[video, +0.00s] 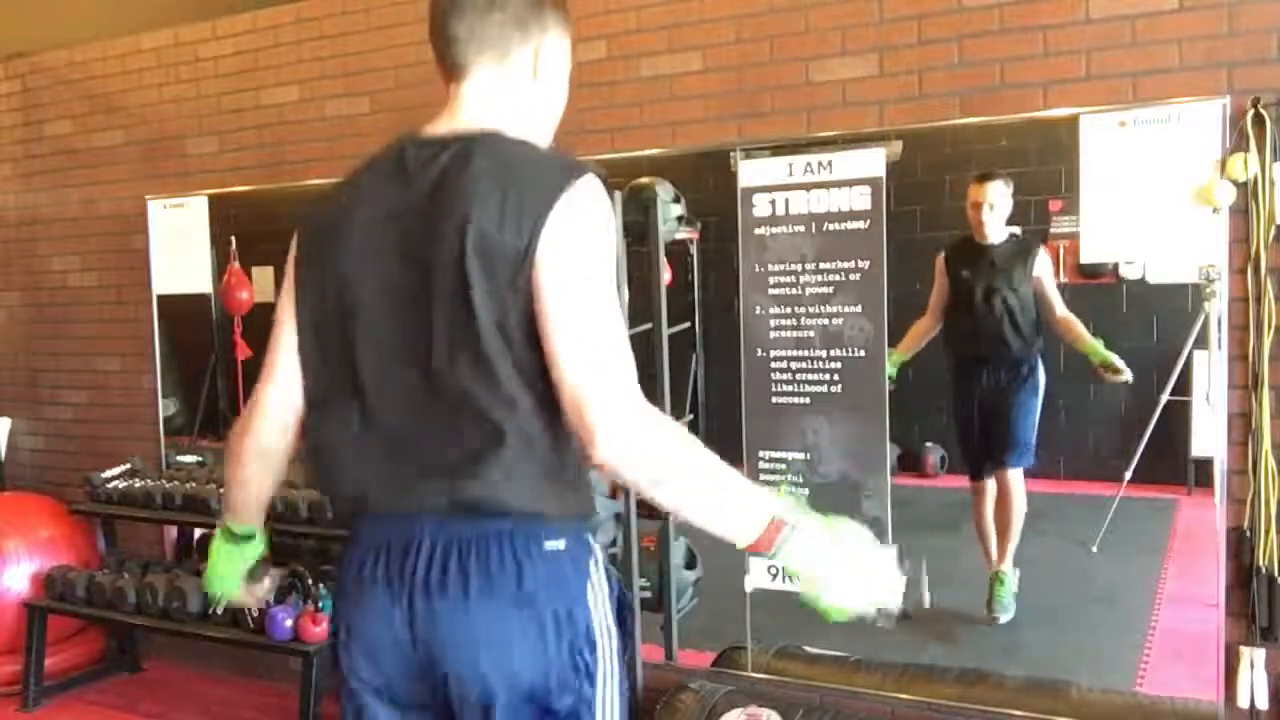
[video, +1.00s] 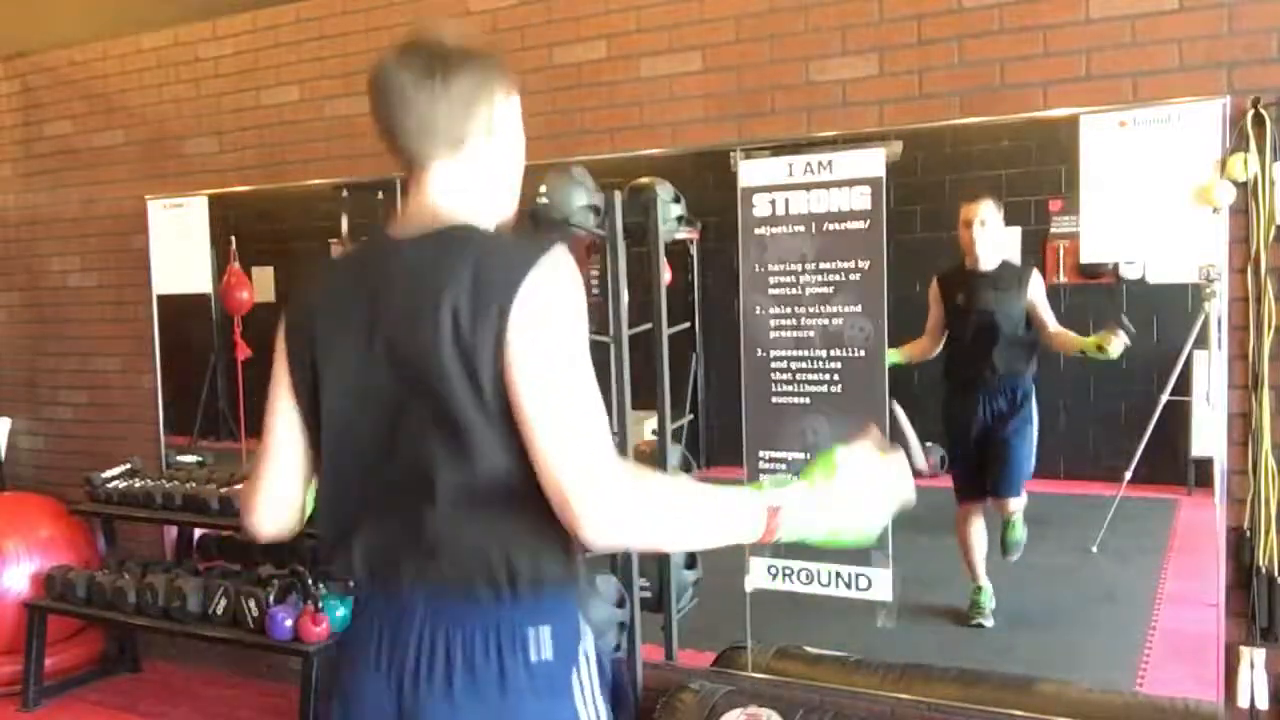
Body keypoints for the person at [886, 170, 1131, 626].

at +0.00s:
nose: (982, 214)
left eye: (991, 206)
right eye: (976, 206)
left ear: (1009, 208)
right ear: (966, 208)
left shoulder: (1032, 256)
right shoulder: (950, 259)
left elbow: (1058, 316)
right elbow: (932, 318)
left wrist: (1097, 353)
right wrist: (894, 358)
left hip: (1020, 373)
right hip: (969, 374)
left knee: (1009, 470)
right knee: (981, 480)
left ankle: (1004, 569)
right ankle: (996, 573)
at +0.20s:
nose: (987, 243)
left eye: (996, 234)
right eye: (982, 234)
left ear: (1017, 236)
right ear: (973, 236)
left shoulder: (1039, 286)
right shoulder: (957, 287)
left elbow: (1062, 340)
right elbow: (940, 343)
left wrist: (1098, 351)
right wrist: (897, 355)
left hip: (1018, 403)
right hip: (968, 402)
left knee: (1010, 503)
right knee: (975, 505)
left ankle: (1007, 589)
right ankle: (1015, 521)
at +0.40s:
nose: (990, 210)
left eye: (999, 201)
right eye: (985, 200)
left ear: (1018, 205)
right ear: (974, 203)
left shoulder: (1039, 253)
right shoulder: (957, 251)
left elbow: (1063, 316)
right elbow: (938, 312)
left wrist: (1099, 355)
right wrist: (897, 354)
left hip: (1017, 373)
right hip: (966, 372)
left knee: (1009, 473)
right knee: (961, 472)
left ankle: (1007, 571)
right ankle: (973, 555)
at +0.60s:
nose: (989, 236)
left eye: (998, 228)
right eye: (983, 227)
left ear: (1018, 232)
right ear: (974, 232)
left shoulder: (1039, 282)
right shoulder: (956, 281)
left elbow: (1063, 338)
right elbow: (937, 337)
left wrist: (1098, 348)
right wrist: (894, 350)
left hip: (1012, 399)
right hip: (962, 396)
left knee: (1000, 500)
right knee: (955, 498)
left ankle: (996, 591)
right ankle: (953, 596)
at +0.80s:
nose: (983, 208)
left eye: (992, 199)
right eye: (977, 199)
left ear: (1009, 205)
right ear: (966, 205)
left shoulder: (1032, 255)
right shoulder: (951, 259)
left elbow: (1058, 316)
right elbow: (935, 322)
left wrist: (1091, 350)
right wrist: (900, 358)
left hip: (1012, 377)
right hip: (961, 376)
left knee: (1006, 480)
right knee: (960, 479)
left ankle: (1000, 577)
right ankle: (965, 576)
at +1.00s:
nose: (973, 233)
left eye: (983, 224)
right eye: (967, 225)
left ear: (1000, 229)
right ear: (958, 231)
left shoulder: (1026, 281)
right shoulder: (944, 284)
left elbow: (1052, 334)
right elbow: (931, 341)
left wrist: (1090, 344)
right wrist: (893, 354)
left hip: (1015, 398)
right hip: (964, 399)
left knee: (1006, 498)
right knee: (969, 502)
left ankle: (1013, 516)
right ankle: (980, 590)